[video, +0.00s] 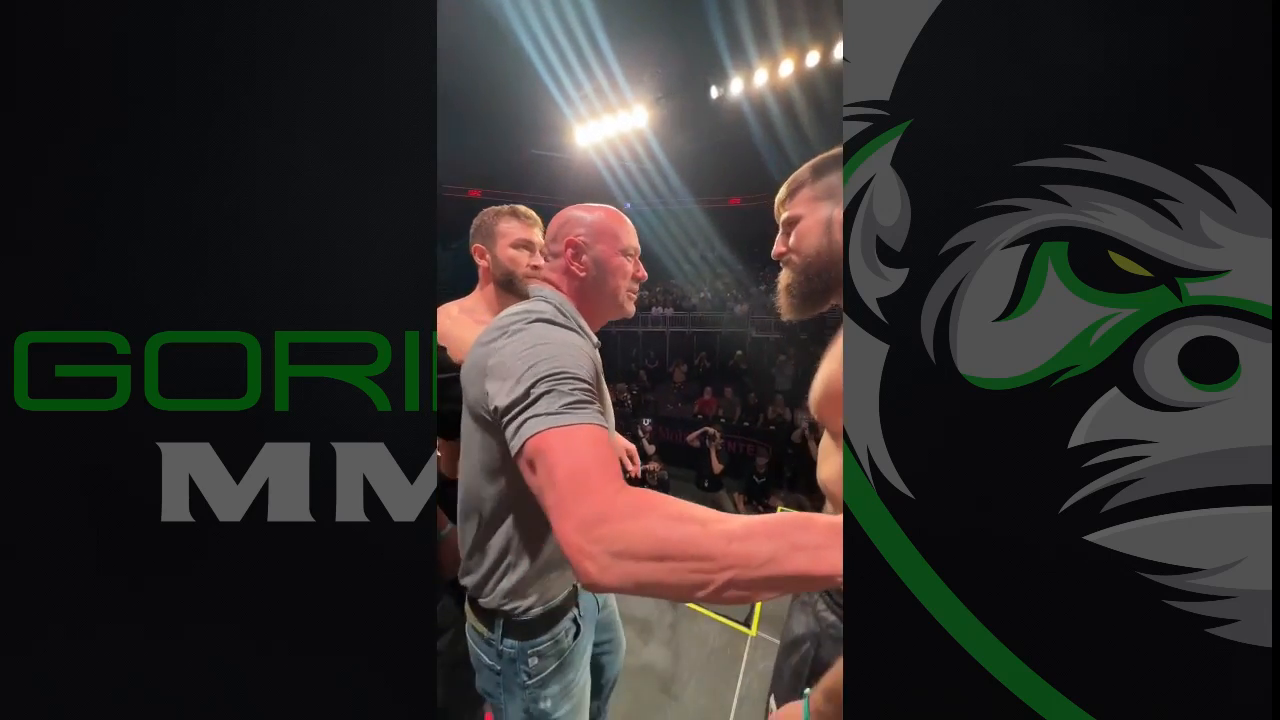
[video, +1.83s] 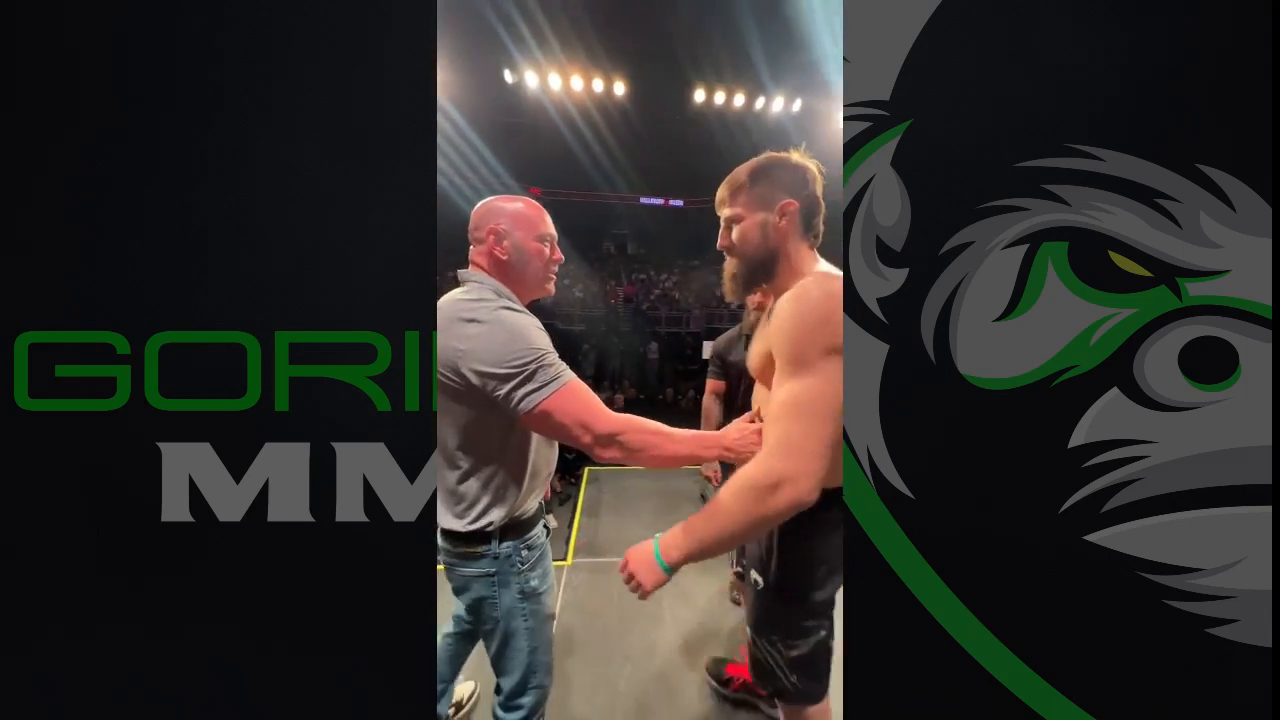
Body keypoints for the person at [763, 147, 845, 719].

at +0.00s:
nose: (777, 249)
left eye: (791, 224)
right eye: (779, 231)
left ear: (852, 217)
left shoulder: (861, 352)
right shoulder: (850, 343)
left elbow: (901, 561)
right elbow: (845, 534)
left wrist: (823, 702)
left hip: (847, 627)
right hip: (823, 604)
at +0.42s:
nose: (762, 245)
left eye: (775, 221)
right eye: (764, 227)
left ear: (831, 211)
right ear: (828, 214)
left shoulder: (855, 339)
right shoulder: (834, 335)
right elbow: (829, 500)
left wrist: (844, 697)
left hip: (837, 594)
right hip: (814, 584)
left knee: (800, 706)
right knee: (783, 705)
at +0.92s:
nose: (758, 252)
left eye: (771, 235)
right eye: (761, 238)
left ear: (821, 235)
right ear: (819, 239)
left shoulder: (840, 299)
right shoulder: (827, 303)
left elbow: (884, 448)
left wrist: (846, 629)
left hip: (836, 553)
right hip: (818, 539)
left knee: (792, 699)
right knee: (788, 693)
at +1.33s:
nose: (766, 237)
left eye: (780, 221)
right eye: (770, 223)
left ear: (830, 224)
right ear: (829, 226)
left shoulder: (839, 293)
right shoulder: (825, 293)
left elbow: (867, 463)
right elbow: (836, 448)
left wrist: (826, 620)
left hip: (817, 537)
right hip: (800, 522)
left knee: (791, 693)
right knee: (782, 674)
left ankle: (779, 711)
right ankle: (773, 708)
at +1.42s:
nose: (768, 235)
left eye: (783, 218)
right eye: (773, 220)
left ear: (834, 223)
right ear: (830, 225)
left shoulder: (841, 294)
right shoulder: (828, 295)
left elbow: (847, 470)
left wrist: (755, 598)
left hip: (825, 551)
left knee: (810, 697)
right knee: (791, 673)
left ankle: (773, 713)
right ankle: (770, 710)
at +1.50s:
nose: (764, 236)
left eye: (778, 218)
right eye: (767, 220)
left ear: (831, 221)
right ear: (827, 224)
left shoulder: (835, 303)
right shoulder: (827, 303)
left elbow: (822, 485)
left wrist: (699, 567)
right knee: (764, 622)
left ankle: (753, 712)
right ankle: (751, 707)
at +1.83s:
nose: (721, 241)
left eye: (733, 222)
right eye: (721, 225)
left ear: (784, 217)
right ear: (781, 220)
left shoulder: (816, 301)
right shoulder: (793, 300)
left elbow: (790, 477)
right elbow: (772, 420)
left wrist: (667, 550)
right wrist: (725, 463)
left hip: (814, 513)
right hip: (791, 505)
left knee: (799, 688)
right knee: (769, 597)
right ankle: (765, 679)